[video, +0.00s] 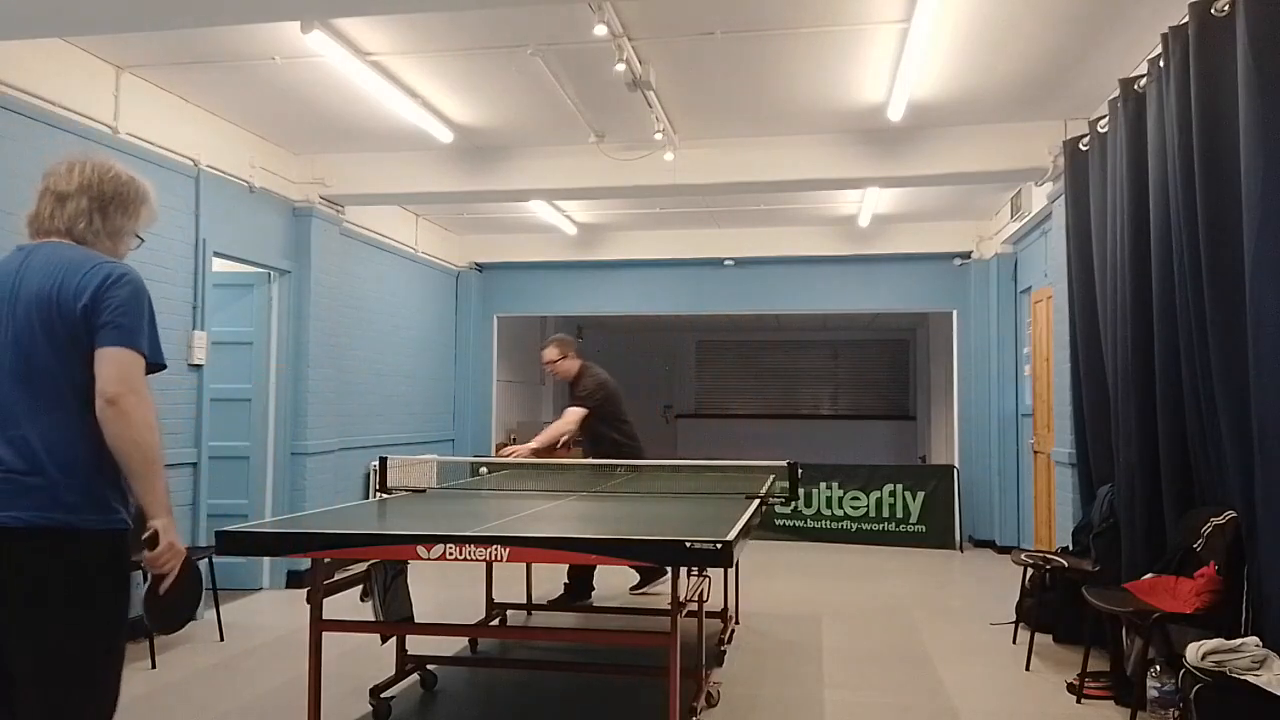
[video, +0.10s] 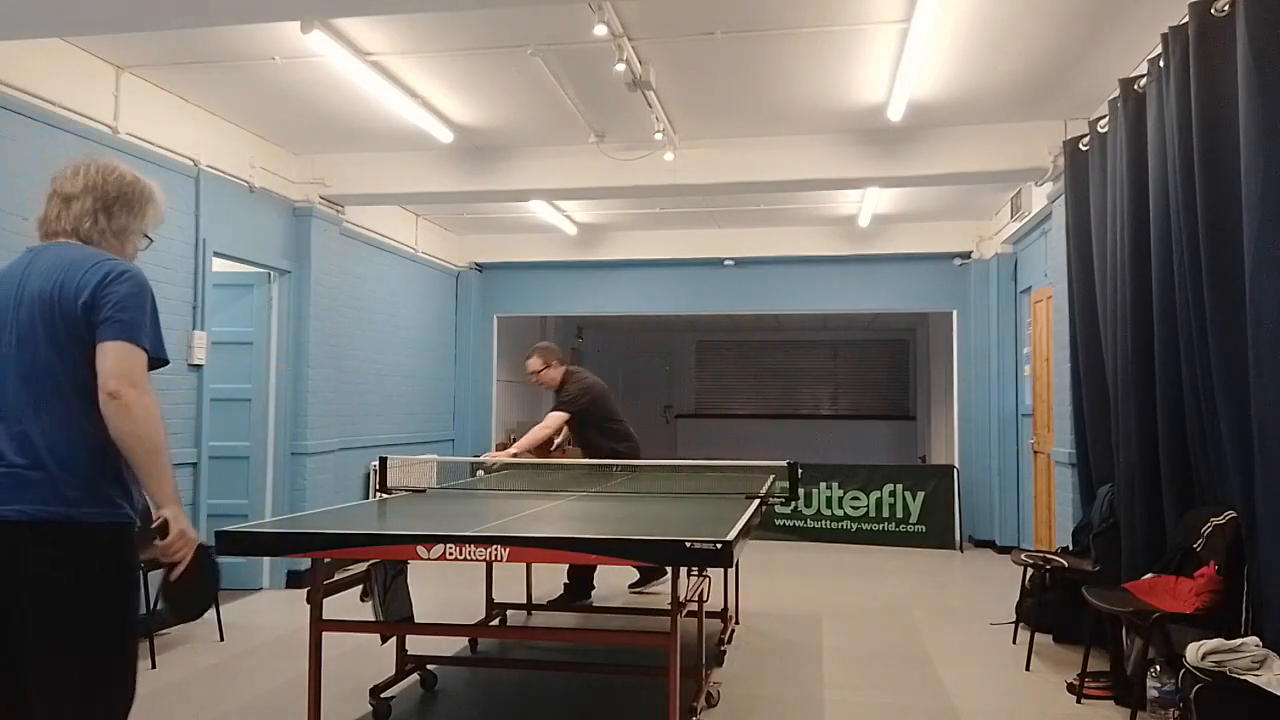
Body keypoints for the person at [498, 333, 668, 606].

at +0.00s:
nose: (548, 370)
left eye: (551, 363)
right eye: (546, 365)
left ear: (569, 357)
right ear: (566, 360)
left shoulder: (592, 381)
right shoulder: (580, 379)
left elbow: (567, 423)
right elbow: (584, 416)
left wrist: (531, 446)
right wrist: (570, 433)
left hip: (622, 466)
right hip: (604, 464)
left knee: (587, 524)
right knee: (602, 524)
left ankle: (579, 589)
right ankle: (648, 566)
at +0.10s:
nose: (535, 380)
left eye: (537, 373)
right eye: (532, 375)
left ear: (555, 365)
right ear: (554, 367)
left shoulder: (579, 386)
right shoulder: (570, 382)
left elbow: (548, 427)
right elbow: (577, 416)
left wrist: (510, 451)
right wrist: (563, 436)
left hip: (620, 463)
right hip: (602, 462)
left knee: (587, 524)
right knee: (605, 522)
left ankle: (579, 590)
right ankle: (650, 565)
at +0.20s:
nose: (526, 387)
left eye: (528, 380)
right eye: (524, 382)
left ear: (546, 372)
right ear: (547, 372)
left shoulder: (569, 390)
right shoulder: (566, 380)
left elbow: (537, 433)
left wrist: (499, 458)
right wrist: (561, 432)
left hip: (617, 461)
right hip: (607, 460)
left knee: (587, 524)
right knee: (612, 520)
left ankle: (578, 590)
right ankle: (655, 562)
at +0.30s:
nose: (524, 388)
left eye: (526, 382)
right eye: (521, 384)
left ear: (544, 373)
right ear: (543, 372)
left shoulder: (567, 392)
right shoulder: (563, 380)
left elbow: (537, 437)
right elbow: (580, 418)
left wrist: (499, 460)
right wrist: (560, 438)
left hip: (616, 461)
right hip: (604, 459)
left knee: (585, 523)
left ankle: (578, 590)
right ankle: (660, 559)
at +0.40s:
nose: (527, 383)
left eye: (529, 377)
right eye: (525, 379)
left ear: (547, 369)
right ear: (547, 370)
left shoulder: (569, 385)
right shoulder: (565, 380)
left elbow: (554, 440)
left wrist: (509, 457)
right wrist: (551, 437)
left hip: (615, 458)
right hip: (603, 458)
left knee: (589, 523)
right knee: (598, 523)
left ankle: (579, 589)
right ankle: (660, 559)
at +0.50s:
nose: (538, 376)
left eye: (539, 370)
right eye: (535, 371)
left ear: (556, 362)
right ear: (555, 363)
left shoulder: (580, 382)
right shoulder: (571, 380)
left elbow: (577, 437)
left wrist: (532, 449)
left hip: (618, 458)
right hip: (603, 457)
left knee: (590, 521)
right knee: (602, 521)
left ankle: (579, 589)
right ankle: (661, 560)